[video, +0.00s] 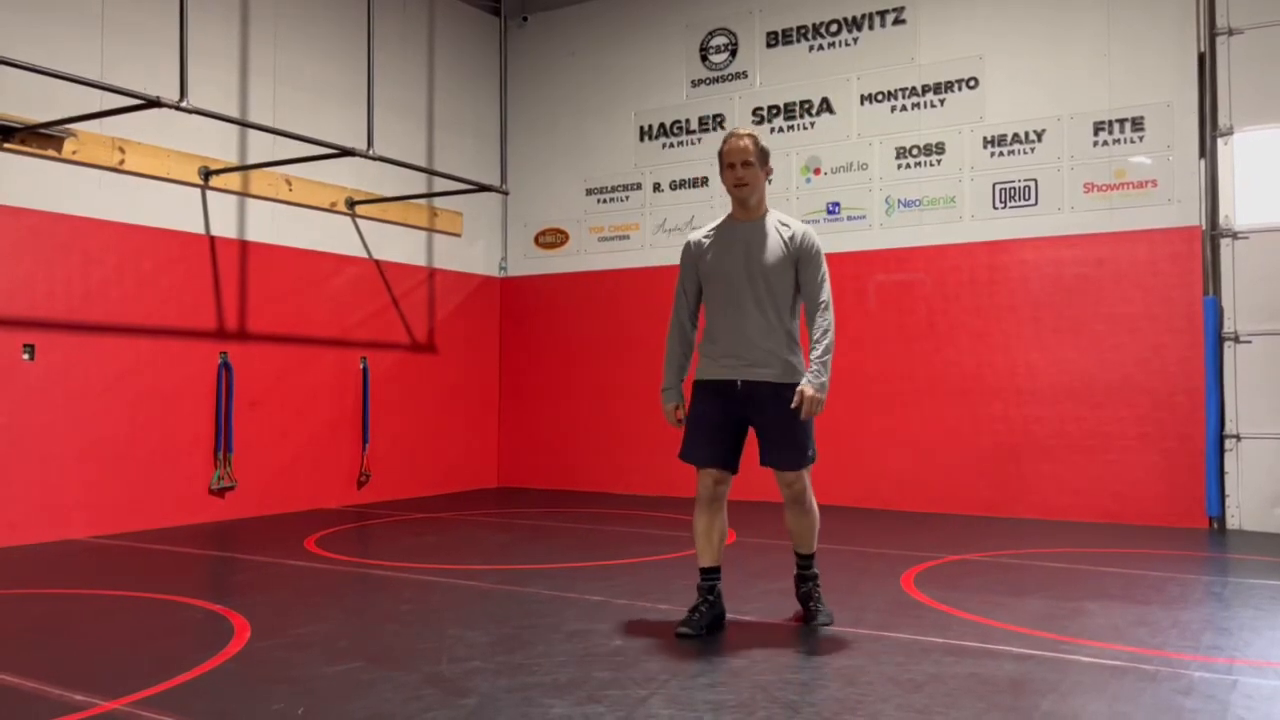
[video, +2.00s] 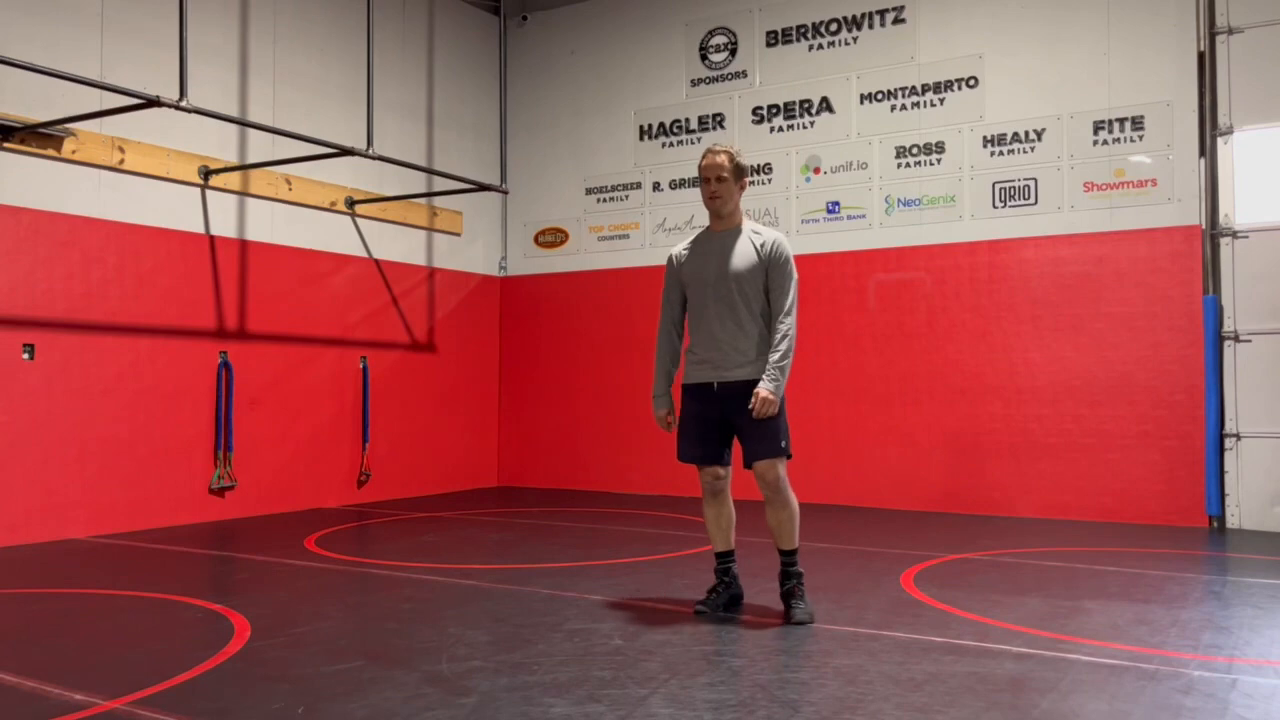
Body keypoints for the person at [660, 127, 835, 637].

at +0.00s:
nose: (737, 173)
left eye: (746, 164)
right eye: (729, 165)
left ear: (766, 170)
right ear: (720, 174)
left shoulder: (798, 239)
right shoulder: (700, 245)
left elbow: (821, 315)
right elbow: (682, 322)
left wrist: (817, 378)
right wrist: (672, 386)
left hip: (780, 386)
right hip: (717, 387)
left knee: (796, 489)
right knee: (710, 488)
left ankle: (808, 585)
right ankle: (709, 601)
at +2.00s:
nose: (711, 188)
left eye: (720, 179)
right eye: (705, 180)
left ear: (742, 184)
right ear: (697, 187)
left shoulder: (771, 246)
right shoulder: (683, 256)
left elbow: (786, 323)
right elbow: (669, 330)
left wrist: (773, 382)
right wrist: (662, 390)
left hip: (755, 386)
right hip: (702, 390)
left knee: (772, 478)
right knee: (713, 482)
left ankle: (792, 586)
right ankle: (726, 584)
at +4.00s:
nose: (727, 172)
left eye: (735, 161)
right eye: (724, 163)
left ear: (768, 159)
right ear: (730, 168)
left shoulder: (812, 224)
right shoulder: (711, 238)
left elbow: (817, 290)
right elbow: (690, 313)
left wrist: (764, 251)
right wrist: (733, 303)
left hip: (789, 381)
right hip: (727, 382)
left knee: (800, 499)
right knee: (733, 493)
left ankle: (810, 587)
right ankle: (740, 612)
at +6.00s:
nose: (783, 184)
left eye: (793, 175)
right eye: (778, 176)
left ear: (820, 178)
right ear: (775, 182)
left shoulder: (852, 243)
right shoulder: (763, 251)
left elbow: (879, 313)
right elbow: (746, 321)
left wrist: (815, 297)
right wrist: (772, 305)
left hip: (834, 381)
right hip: (780, 384)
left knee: (836, 487)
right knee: (796, 487)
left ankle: (844, 602)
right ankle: (814, 587)